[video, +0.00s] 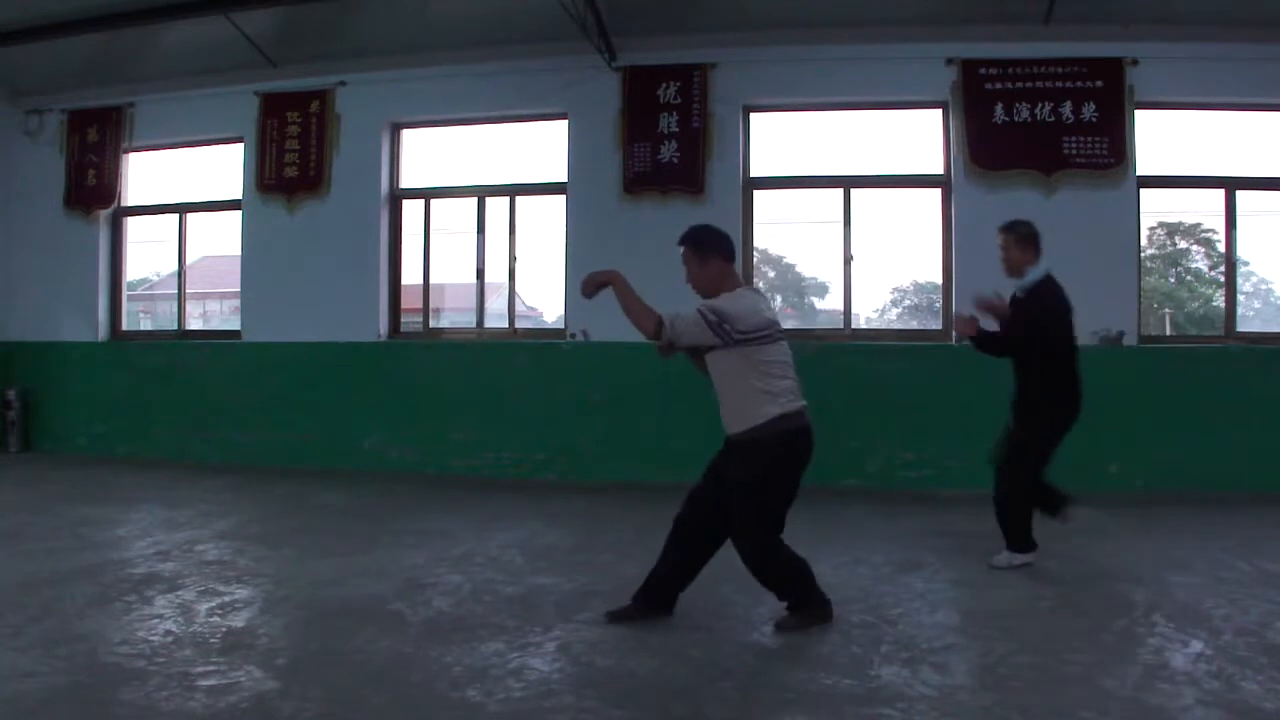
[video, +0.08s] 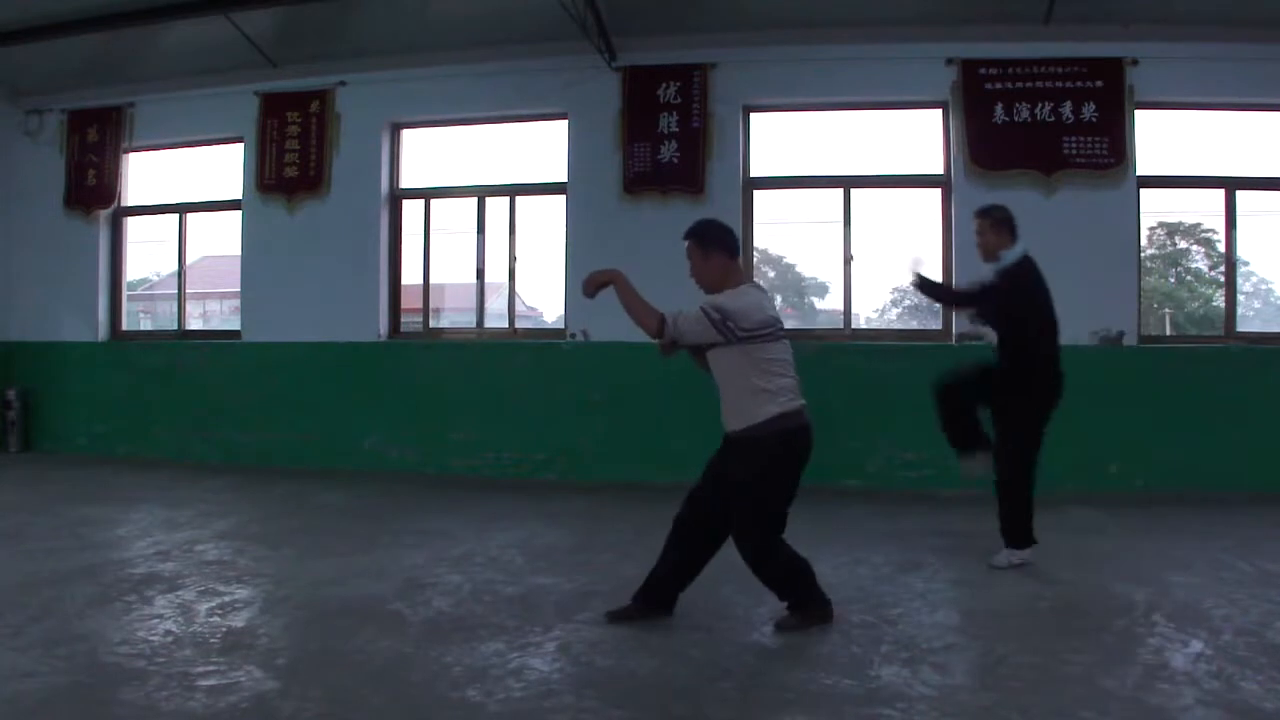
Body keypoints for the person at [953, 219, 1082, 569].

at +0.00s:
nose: (1001, 256)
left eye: (1006, 249)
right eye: (1001, 249)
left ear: (1026, 251)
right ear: (1027, 252)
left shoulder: (1037, 296)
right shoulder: (1040, 290)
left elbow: (1013, 346)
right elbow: (1037, 337)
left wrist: (975, 334)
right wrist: (1006, 316)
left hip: (1047, 402)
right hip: (1046, 398)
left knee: (1012, 468)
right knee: (1014, 464)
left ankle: (1020, 547)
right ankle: (1060, 506)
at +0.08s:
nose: (976, 241)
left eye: (981, 233)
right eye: (976, 234)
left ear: (1000, 234)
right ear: (1001, 234)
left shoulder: (1017, 276)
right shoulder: (1014, 272)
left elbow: (980, 306)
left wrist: (922, 283)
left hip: (1030, 381)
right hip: (1015, 373)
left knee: (1013, 458)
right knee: (952, 389)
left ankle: (1019, 543)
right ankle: (974, 450)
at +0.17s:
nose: (963, 230)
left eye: (967, 223)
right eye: (962, 223)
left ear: (987, 223)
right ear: (987, 224)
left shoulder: (1000, 267)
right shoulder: (999, 260)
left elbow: (945, 283)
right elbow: (1014, 312)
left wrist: (893, 266)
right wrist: (982, 308)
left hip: (1019, 365)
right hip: (1003, 355)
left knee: (996, 439)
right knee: (939, 349)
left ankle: (1008, 529)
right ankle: (962, 411)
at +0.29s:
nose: (940, 225)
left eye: (944, 218)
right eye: (940, 218)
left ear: (962, 220)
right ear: (964, 219)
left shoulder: (971, 263)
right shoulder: (969, 257)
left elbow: (916, 278)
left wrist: (863, 262)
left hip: (990, 366)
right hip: (972, 355)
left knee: (964, 442)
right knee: (911, 341)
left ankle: (944, 529)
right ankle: (943, 406)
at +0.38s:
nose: (927, 241)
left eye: (932, 234)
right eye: (927, 234)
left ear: (951, 237)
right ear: (951, 237)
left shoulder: (957, 282)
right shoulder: (955, 276)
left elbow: (901, 292)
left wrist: (849, 272)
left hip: (964, 385)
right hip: (948, 374)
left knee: (937, 460)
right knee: (883, 373)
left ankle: (925, 543)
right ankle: (905, 441)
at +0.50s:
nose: (916, 253)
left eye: (921, 246)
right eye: (917, 246)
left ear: (938, 249)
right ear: (943, 249)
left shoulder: (949, 294)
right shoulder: (945, 291)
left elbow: (906, 320)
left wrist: (850, 301)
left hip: (940, 402)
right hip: (931, 394)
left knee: (911, 477)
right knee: (858, 415)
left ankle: (919, 551)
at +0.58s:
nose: (904, 259)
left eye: (909, 251)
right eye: (904, 252)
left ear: (930, 253)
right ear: (931, 254)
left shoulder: (938, 299)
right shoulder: (932, 295)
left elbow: (904, 351)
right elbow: (904, 348)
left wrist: (873, 329)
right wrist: (881, 324)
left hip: (918, 409)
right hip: (908, 403)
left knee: (903, 482)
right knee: (843, 454)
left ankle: (918, 554)